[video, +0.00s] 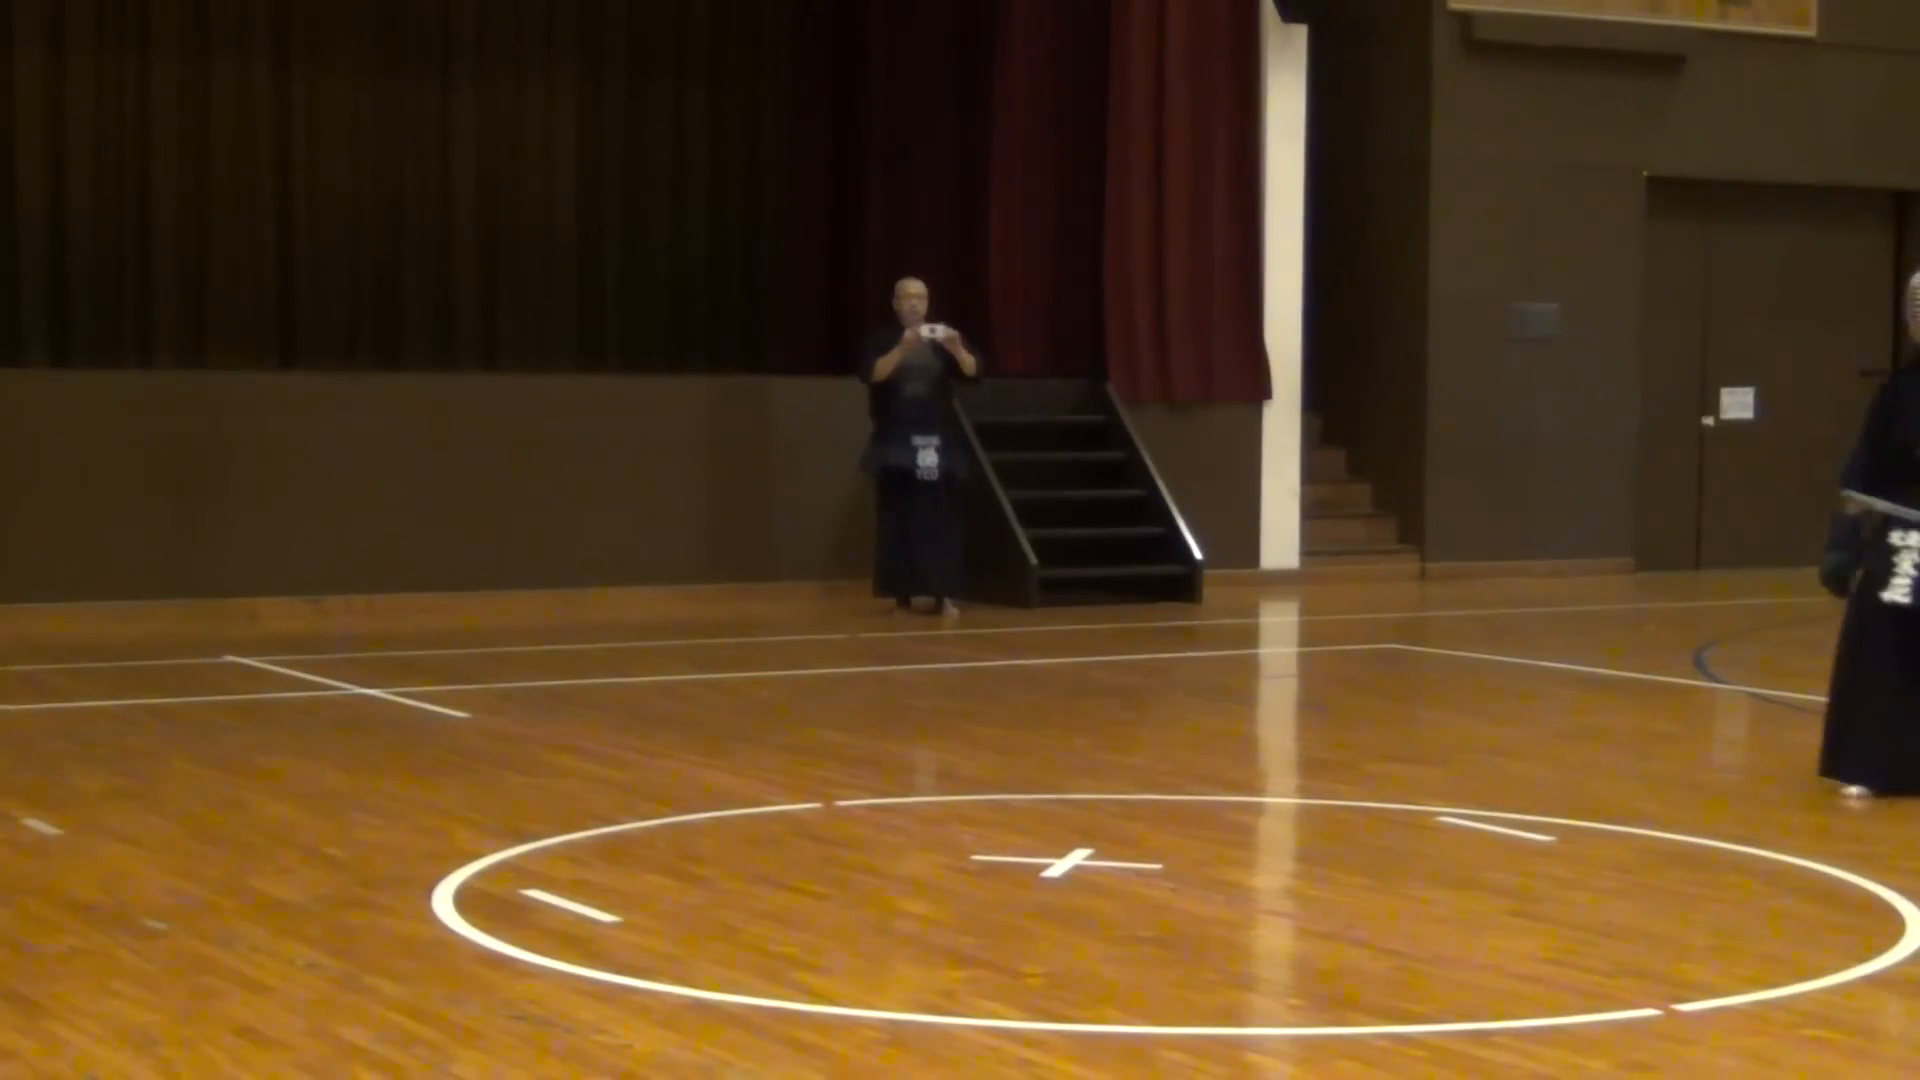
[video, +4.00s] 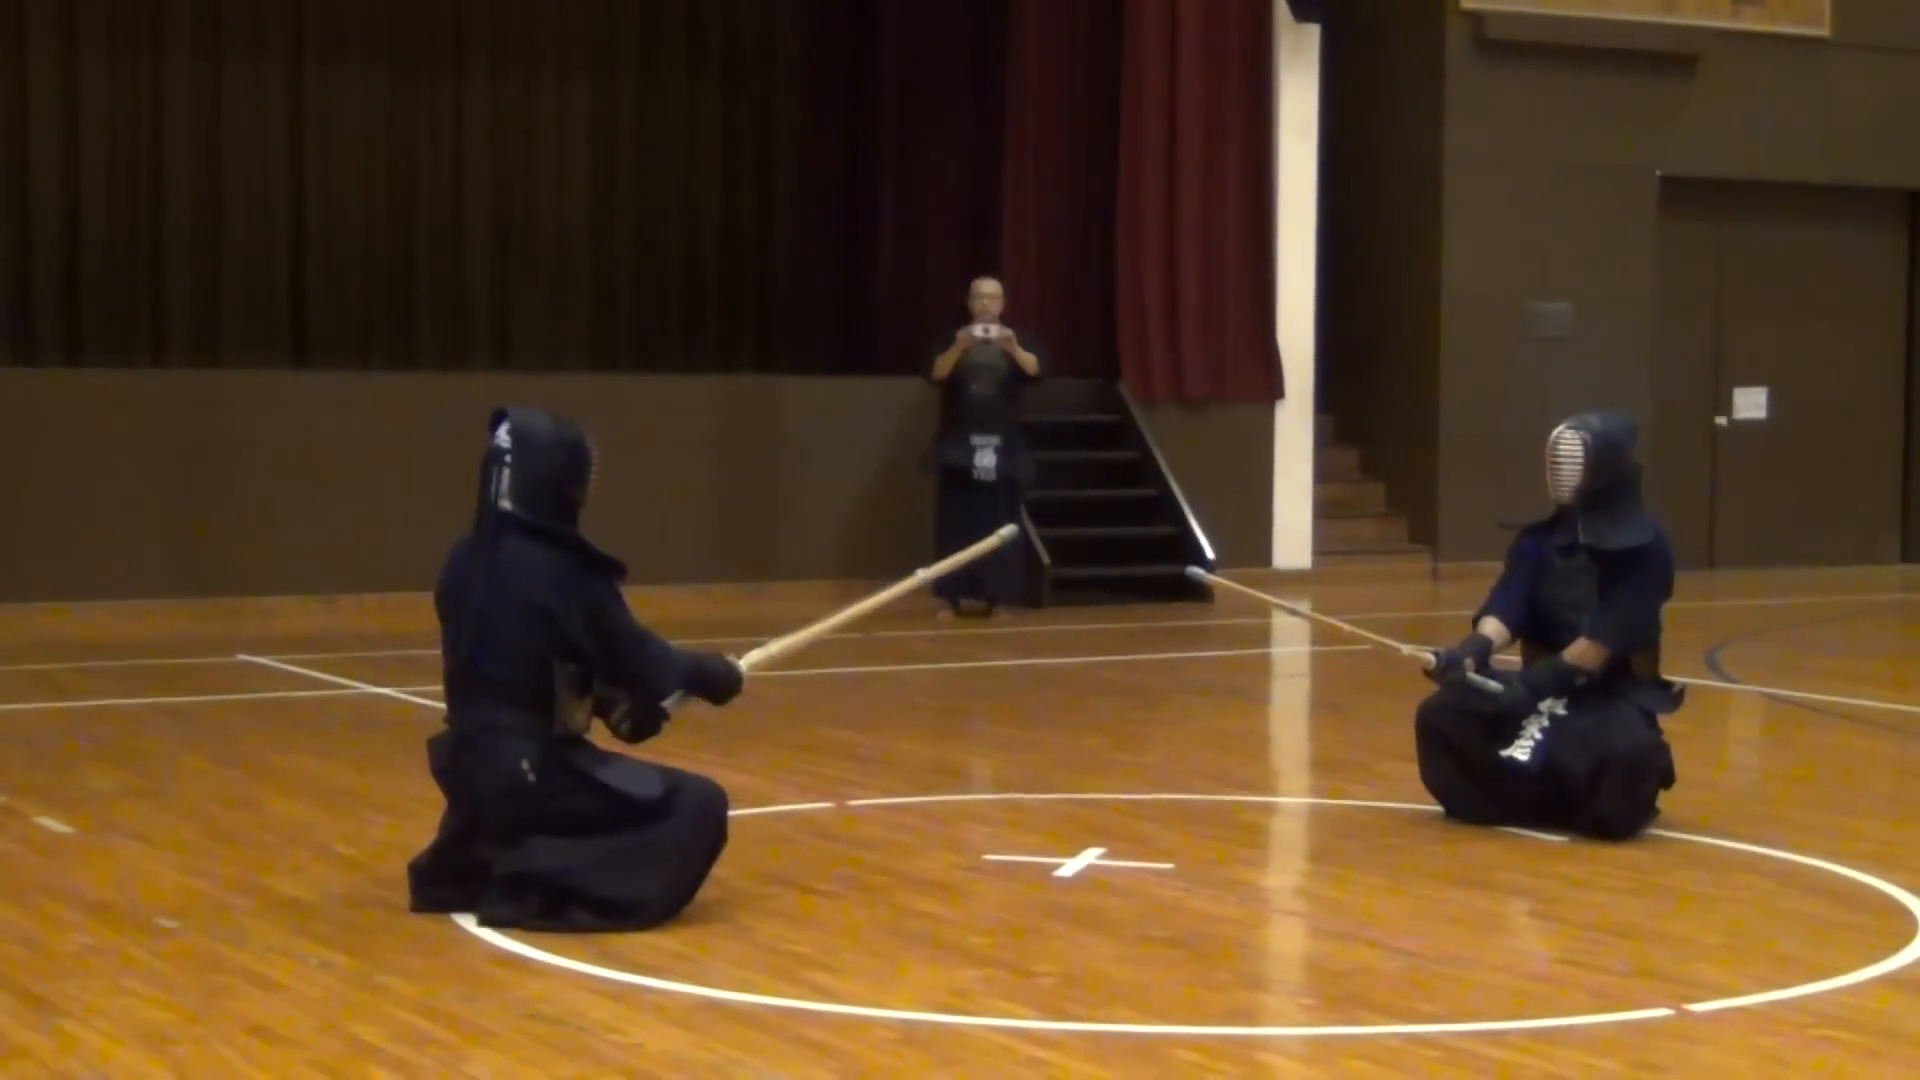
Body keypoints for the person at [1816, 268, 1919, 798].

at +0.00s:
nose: (1915, 317)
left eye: (1917, 305)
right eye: (1913, 305)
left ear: (1914, 317)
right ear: (1906, 316)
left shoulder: (1902, 390)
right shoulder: (1901, 389)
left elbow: (1868, 477)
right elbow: (1867, 476)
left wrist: (1844, 547)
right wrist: (1845, 547)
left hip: (1903, 541)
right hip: (1899, 541)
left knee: (1879, 642)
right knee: (1875, 642)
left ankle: (1867, 766)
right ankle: (1863, 765)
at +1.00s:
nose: (1679, 308)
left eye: (1691, 297)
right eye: (1676, 296)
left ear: (1725, 301)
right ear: (1675, 301)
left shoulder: (1765, 379)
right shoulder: (1662, 378)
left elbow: (1797, 456)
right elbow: (1621, 429)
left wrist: (1740, 487)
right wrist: (1592, 461)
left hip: (1738, 541)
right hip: (1662, 533)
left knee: (1729, 658)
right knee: (1628, 647)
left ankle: (1740, 788)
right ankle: (1599, 775)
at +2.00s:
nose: (1543, 372)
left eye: (1556, 361)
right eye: (1540, 360)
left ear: (1590, 366)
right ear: (1537, 363)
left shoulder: (1629, 442)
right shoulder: (1530, 437)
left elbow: (1594, 520)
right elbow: (1491, 486)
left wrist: (1520, 559)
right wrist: (1453, 512)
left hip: (1614, 594)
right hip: (1541, 590)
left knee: (1599, 683)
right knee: (1481, 675)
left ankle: (1597, 809)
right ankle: (1495, 800)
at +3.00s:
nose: (1548, 471)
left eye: (1562, 460)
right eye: (1546, 459)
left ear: (1596, 468)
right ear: (1539, 462)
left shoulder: (1630, 548)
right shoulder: (1527, 537)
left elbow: (1590, 640)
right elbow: (1496, 602)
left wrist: (1514, 682)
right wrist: (1461, 641)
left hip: (1596, 698)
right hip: (1521, 683)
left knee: (1618, 750)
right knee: (1429, 716)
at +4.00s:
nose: (1558, 472)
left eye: (1572, 461)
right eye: (1555, 461)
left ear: (1606, 468)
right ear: (1548, 465)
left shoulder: (1641, 548)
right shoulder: (1537, 540)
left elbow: (1601, 645)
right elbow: (1507, 609)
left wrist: (1529, 687)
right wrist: (1472, 650)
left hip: (1610, 699)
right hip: (1534, 685)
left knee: (1628, 753)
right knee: (1441, 717)